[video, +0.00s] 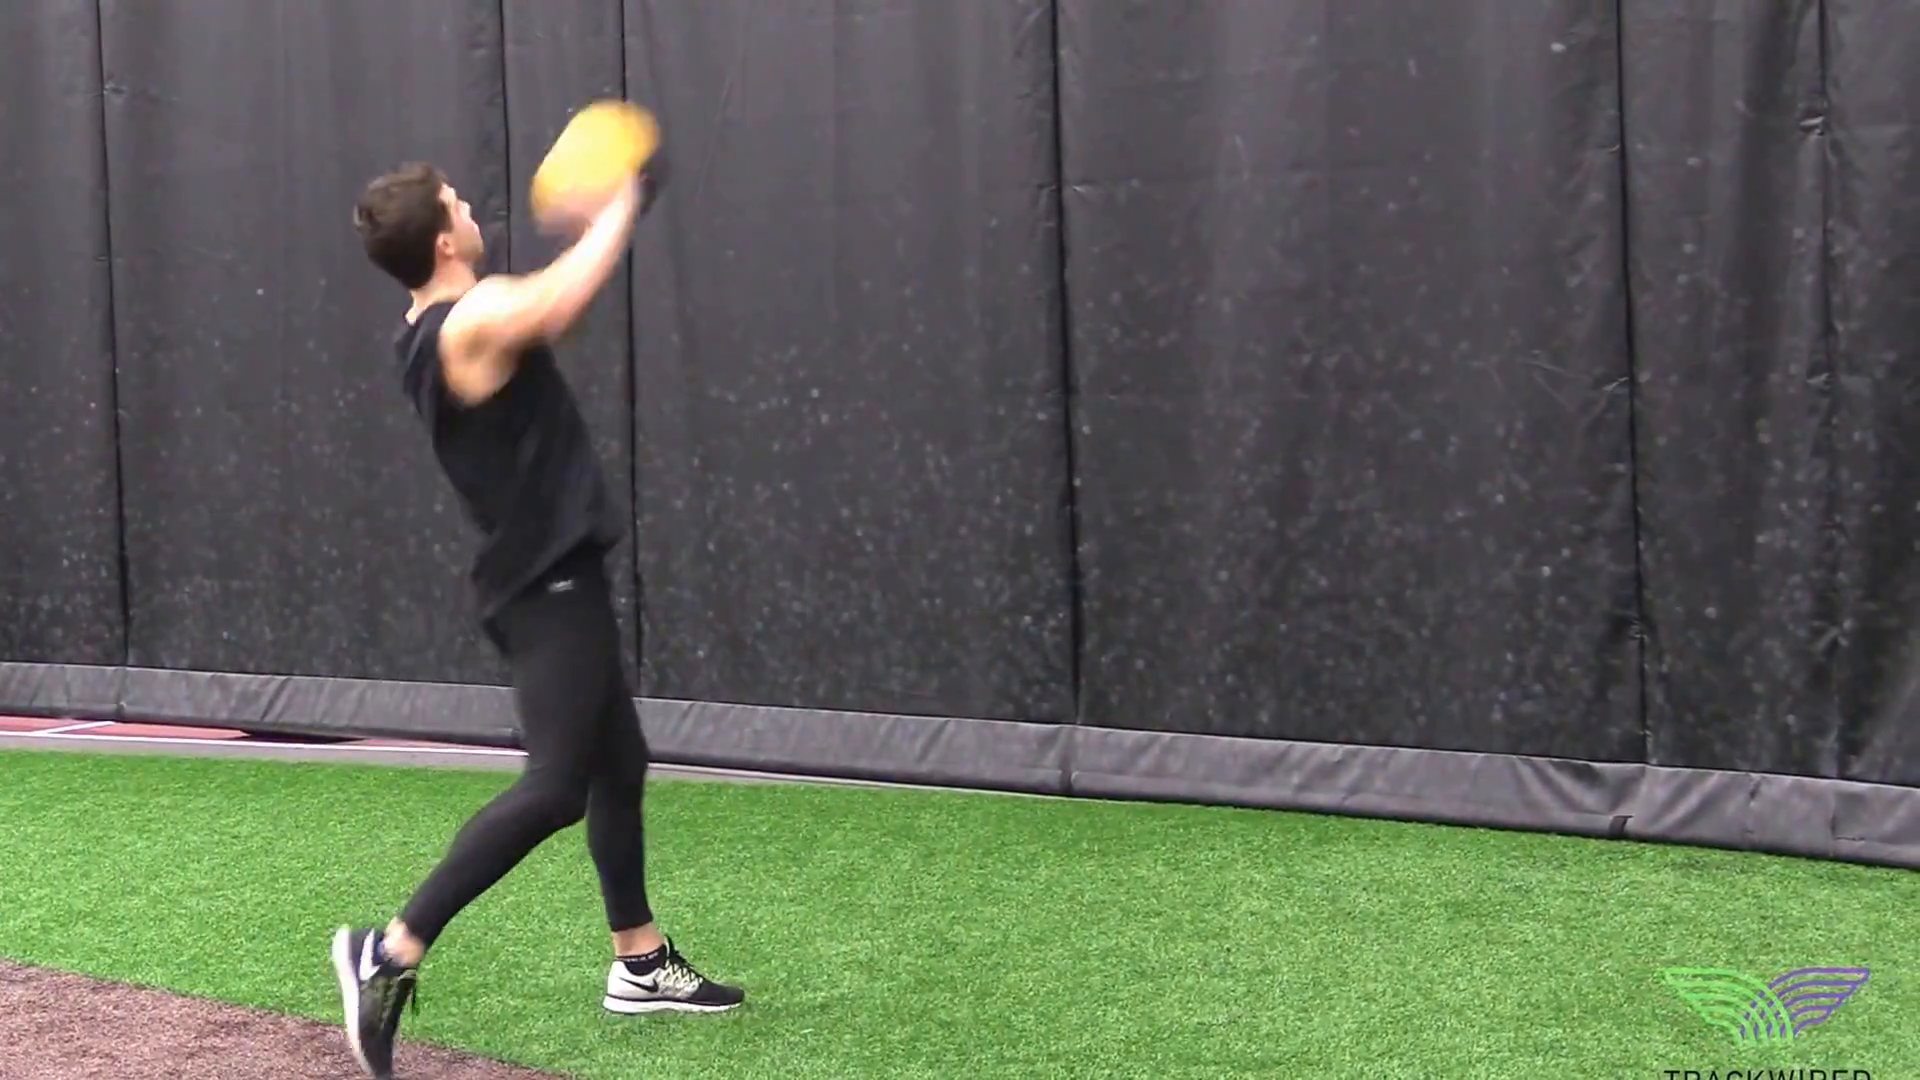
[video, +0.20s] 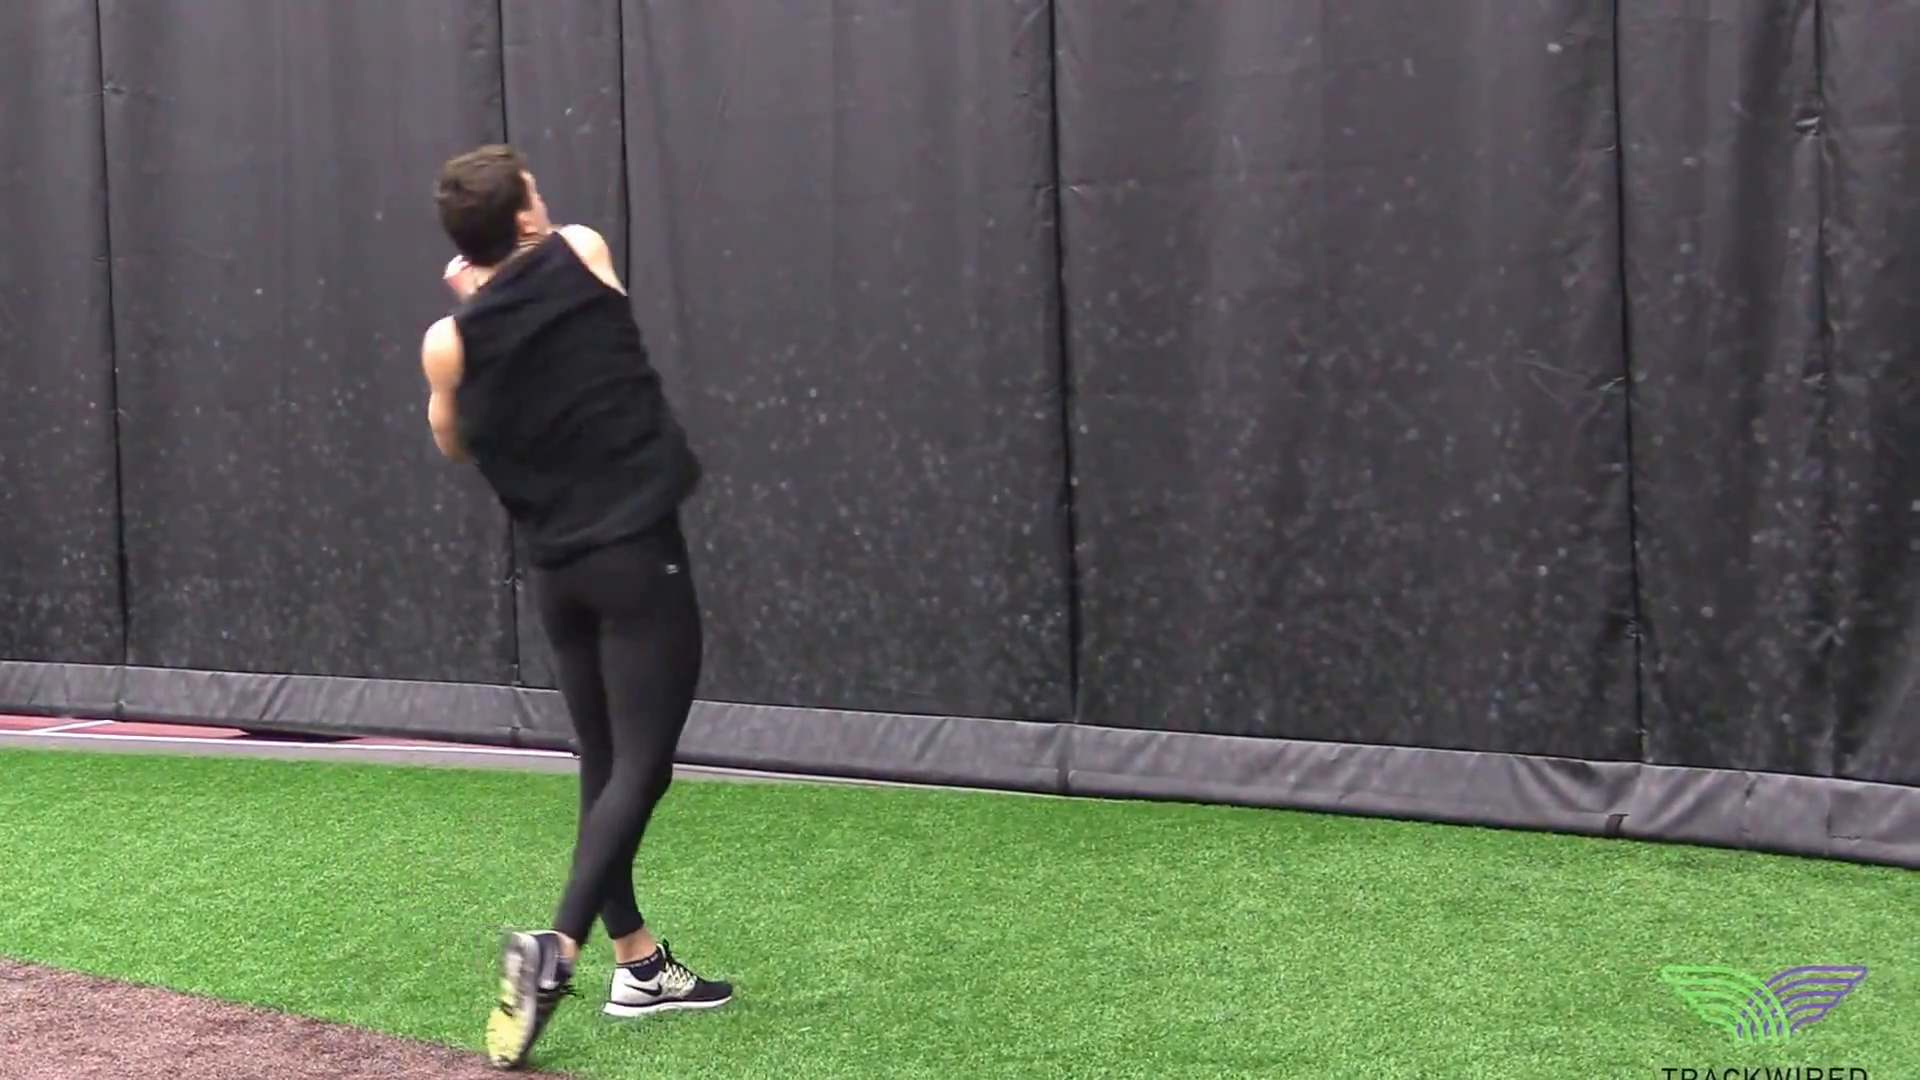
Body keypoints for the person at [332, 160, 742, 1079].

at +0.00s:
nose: (473, 212)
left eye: (461, 204)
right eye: (462, 207)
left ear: (420, 253)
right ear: (446, 239)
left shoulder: (441, 316)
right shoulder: (470, 319)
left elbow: (532, 300)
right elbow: (563, 298)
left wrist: (578, 228)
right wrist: (624, 207)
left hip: (560, 583)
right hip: (547, 589)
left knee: (620, 767)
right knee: (557, 786)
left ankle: (642, 962)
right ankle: (391, 954)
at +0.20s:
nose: (546, 199)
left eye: (530, 192)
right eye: (537, 193)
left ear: (458, 238)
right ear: (528, 212)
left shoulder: (449, 343)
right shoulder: (587, 256)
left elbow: (453, 442)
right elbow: (554, 286)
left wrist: (472, 324)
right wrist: (490, 285)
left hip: (556, 570)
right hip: (640, 557)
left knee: (601, 767)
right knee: (644, 765)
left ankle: (639, 964)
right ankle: (557, 945)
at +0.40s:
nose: (587, 185)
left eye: (574, 179)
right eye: (581, 181)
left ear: (505, 230)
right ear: (575, 208)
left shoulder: (507, 332)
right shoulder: (634, 262)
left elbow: (473, 468)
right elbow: (609, 386)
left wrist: (473, 366)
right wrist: (517, 475)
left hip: (578, 564)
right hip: (667, 558)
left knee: (614, 763)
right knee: (633, 764)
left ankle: (641, 962)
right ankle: (578, 945)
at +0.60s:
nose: (615, 186)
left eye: (605, 176)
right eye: (610, 178)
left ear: (531, 219)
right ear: (598, 203)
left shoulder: (500, 322)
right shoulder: (671, 268)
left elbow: (464, 450)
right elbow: (737, 281)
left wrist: (496, 382)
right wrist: (758, 291)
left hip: (562, 567)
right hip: (650, 565)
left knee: (611, 762)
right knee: (614, 766)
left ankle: (639, 959)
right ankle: (557, 948)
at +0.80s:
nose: (629, 189)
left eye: (620, 177)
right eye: (622, 179)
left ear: (544, 212)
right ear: (606, 201)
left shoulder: (500, 313)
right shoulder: (665, 274)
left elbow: (471, 422)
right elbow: (799, 243)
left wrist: (526, 362)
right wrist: (896, 208)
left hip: (549, 565)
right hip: (631, 562)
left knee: (603, 759)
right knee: (600, 762)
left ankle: (637, 958)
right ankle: (537, 948)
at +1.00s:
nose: (630, 204)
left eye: (624, 189)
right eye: (623, 192)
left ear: (545, 210)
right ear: (600, 206)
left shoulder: (496, 312)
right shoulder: (648, 284)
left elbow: (493, 429)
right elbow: (795, 263)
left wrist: (542, 362)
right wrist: (914, 239)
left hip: (553, 568)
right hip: (631, 566)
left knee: (602, 764)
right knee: (608, 769)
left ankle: (634, 961)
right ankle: (539, 950)